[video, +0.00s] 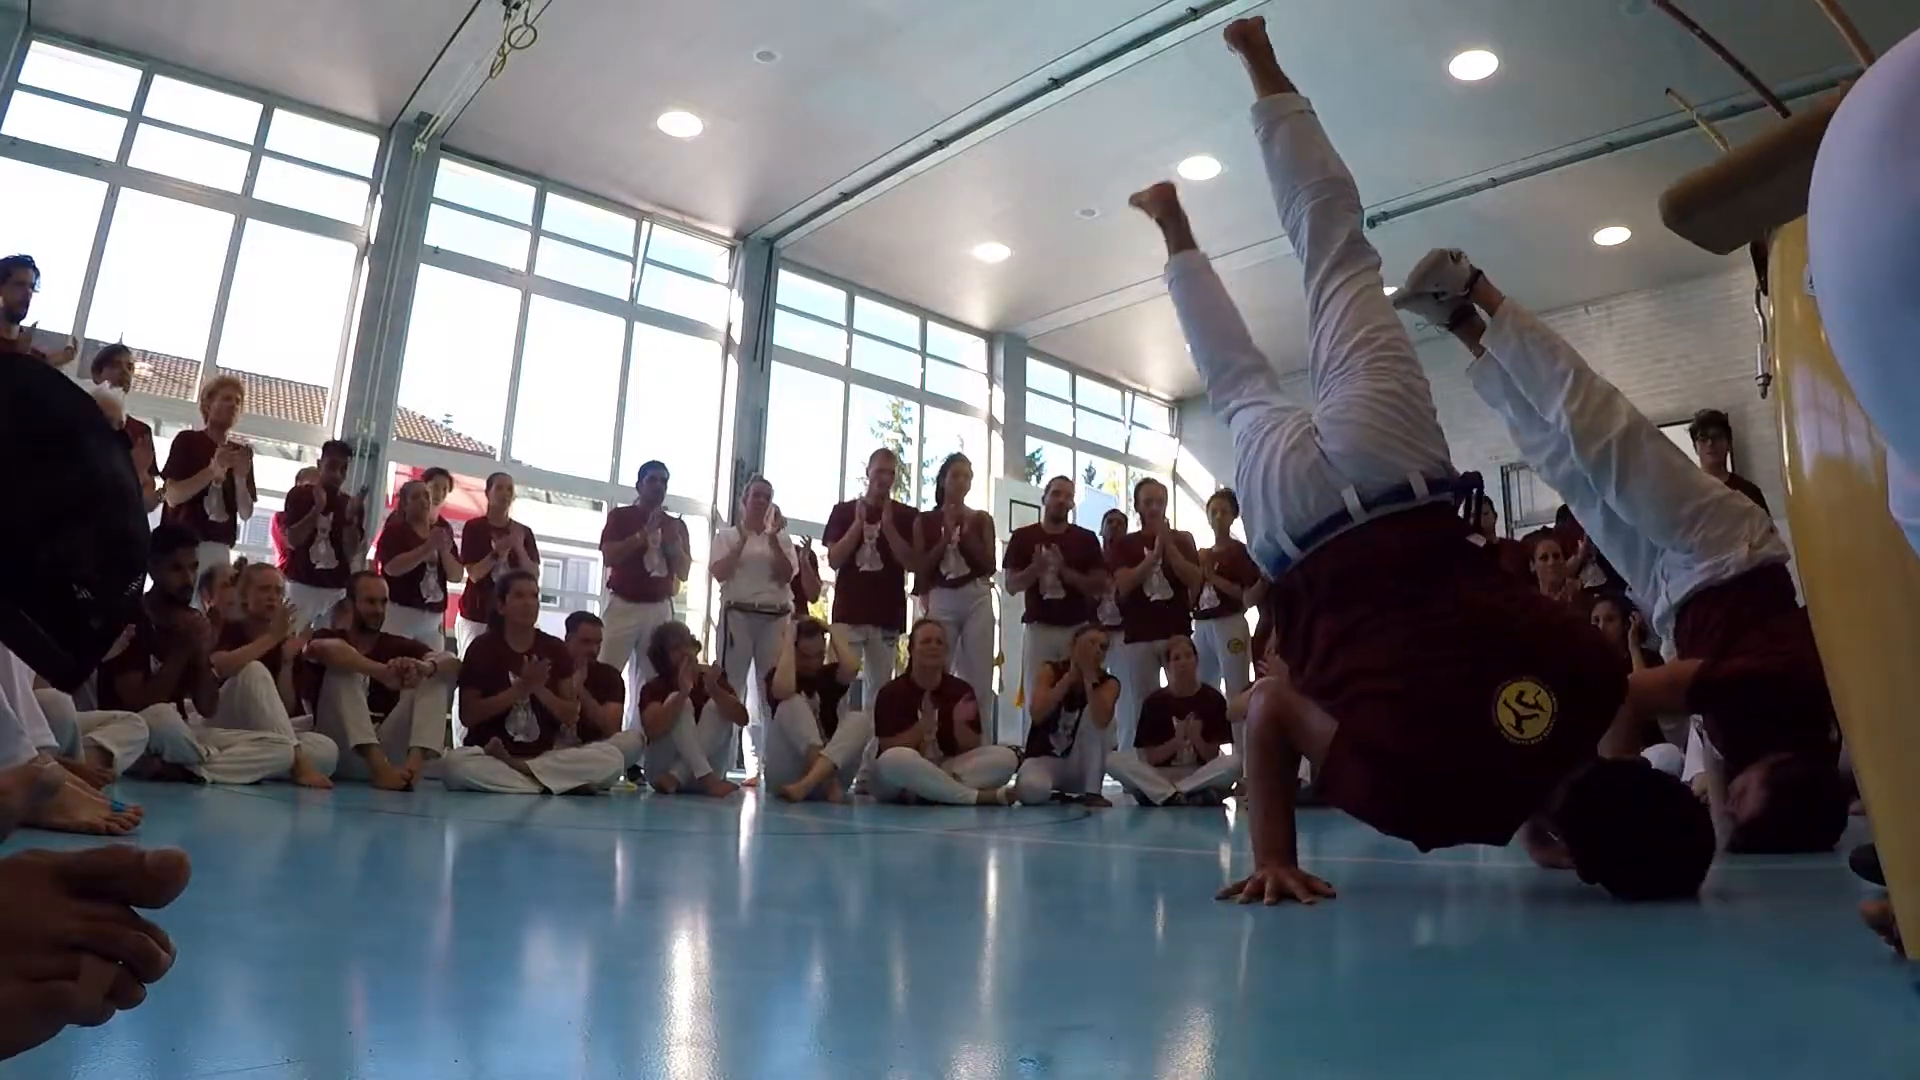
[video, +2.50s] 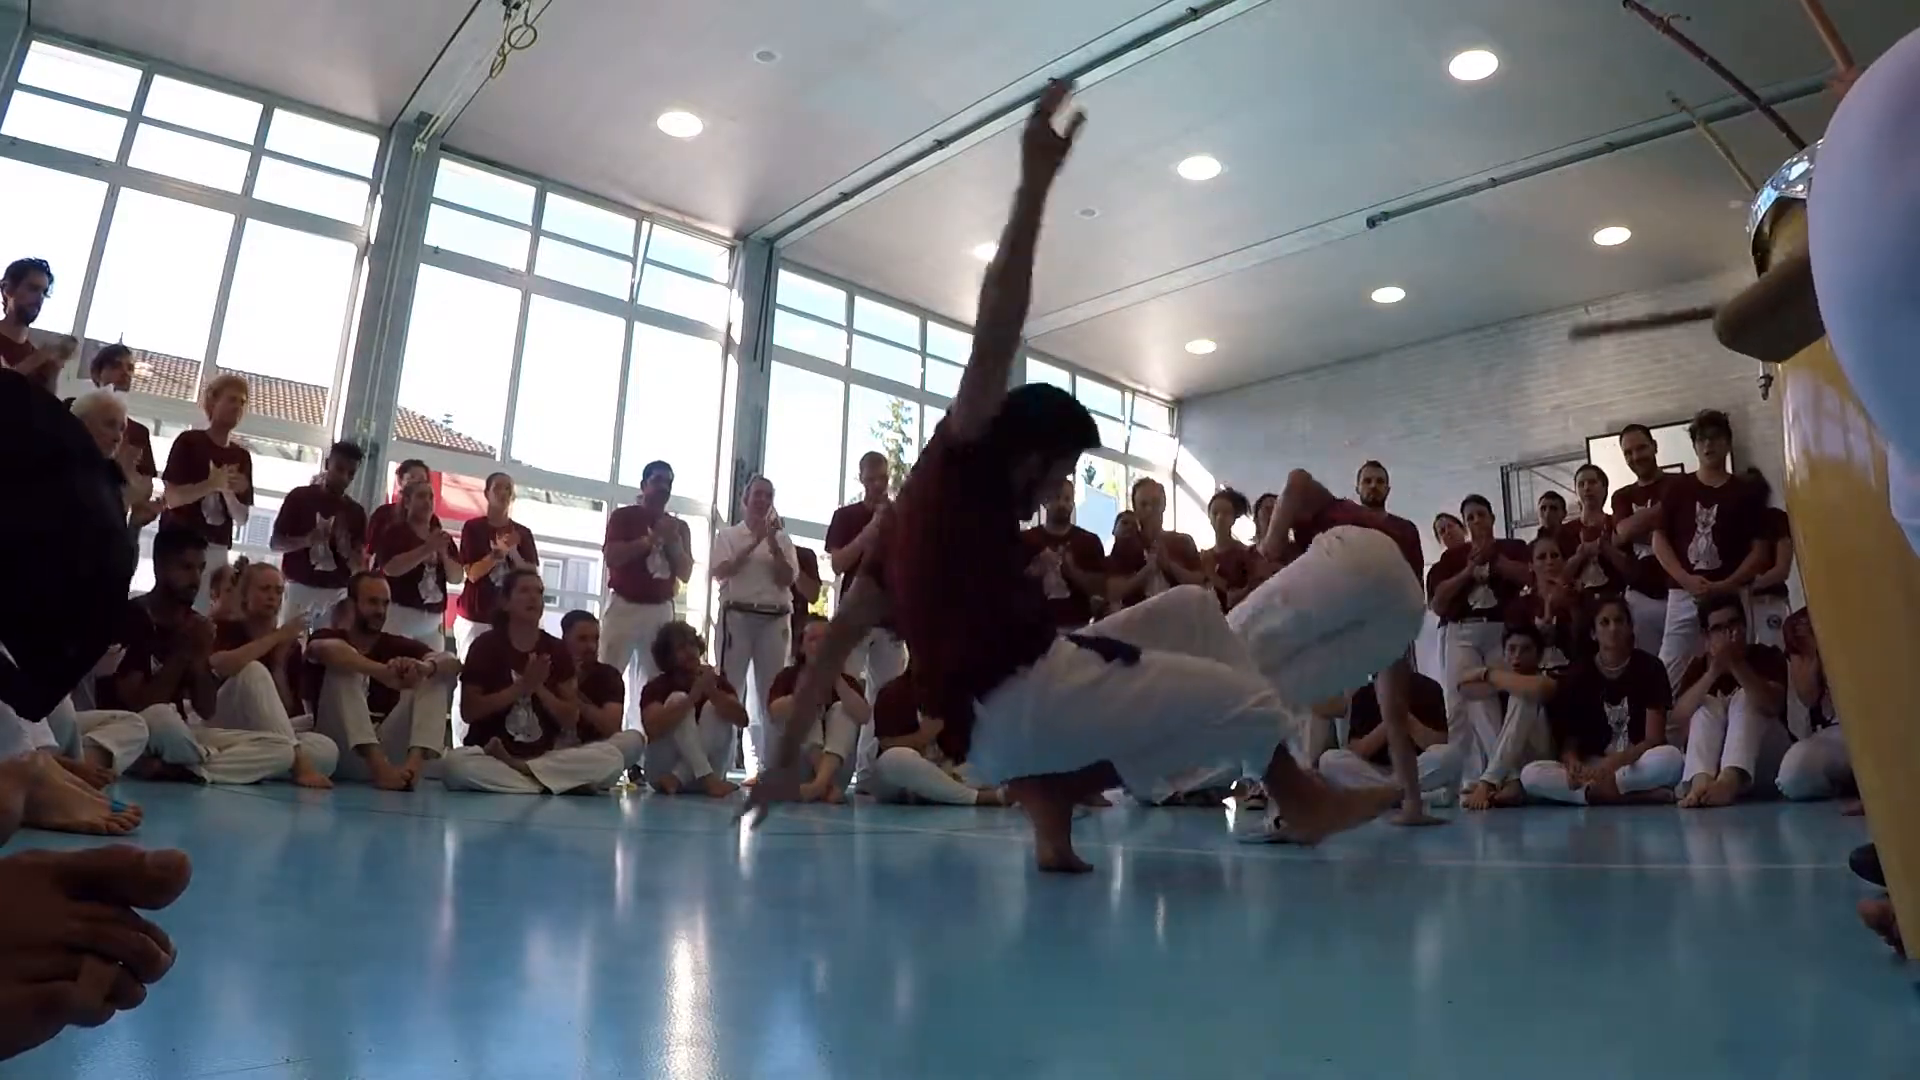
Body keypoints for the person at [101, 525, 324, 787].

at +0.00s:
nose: (188, 578)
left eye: (192, 568)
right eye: (176, 569)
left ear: (197, 567)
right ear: (152, 569)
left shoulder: (193, 621)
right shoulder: (130, 616)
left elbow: (208, 708)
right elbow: (134, 702)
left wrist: (202, 652)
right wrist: (180, 652)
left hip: (187, 729)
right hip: (134, 733)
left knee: (283, 752)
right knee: (161, 716)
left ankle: (182, 771)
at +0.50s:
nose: (189, 578)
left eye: (193, 568)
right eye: (177, 569)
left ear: (197, 570)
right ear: (153, 571)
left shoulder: (194, 621)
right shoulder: (133, 615)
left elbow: (209, 707)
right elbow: (134, 703)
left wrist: (193, 656)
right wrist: (177, 656)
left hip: (190, 729)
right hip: (138, 733)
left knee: (284, 752)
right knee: (161, 716)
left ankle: (184, 771)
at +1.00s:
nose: (190, 579)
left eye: (194, 568)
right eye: (177, 569)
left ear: (199, 569)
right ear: (153, 572)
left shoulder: (195, 622)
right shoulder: (129, 616)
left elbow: (209, 708)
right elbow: (137, 702)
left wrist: (200, 650)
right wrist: (183, 647)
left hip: (184, 733)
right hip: (134, 733)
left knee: (283, 751)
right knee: (162, 716)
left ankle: (182, 771)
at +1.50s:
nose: (192, 579)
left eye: (197, 569)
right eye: (180, 569)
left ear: (202, 569)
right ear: (155, 571)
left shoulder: (196, 623)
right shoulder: (127, 617)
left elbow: (206, 708)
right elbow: (136, 703)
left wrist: (202, 648)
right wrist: (182, 648)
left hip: (184, 731)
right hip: (132, 733)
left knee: (285, 752)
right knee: (161, 716)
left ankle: (181, 771)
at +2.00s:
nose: (195, 577)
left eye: (199, 567)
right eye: (184, 567)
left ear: (204, 569)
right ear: (158, 568)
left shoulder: (200, 624)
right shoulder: (131, 614)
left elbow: (205, 709)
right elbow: (138, 703)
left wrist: (203, 650)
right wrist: (185, 647)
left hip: (184, 731)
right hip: (132, 732)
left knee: (283, 752)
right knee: (161, 717)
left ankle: (178, 770)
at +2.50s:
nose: (196, 578)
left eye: (200, 568)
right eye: (186, 568)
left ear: (205, 569)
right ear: (159, 567)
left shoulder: (198, 625)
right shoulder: (130, 615)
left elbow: (206, 709)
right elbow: (136, 703)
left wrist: (201, 653)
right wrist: (180, 653)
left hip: (186, 731)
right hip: (137, 732)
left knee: (284, 750)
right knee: (161, 717)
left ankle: (184, 772)